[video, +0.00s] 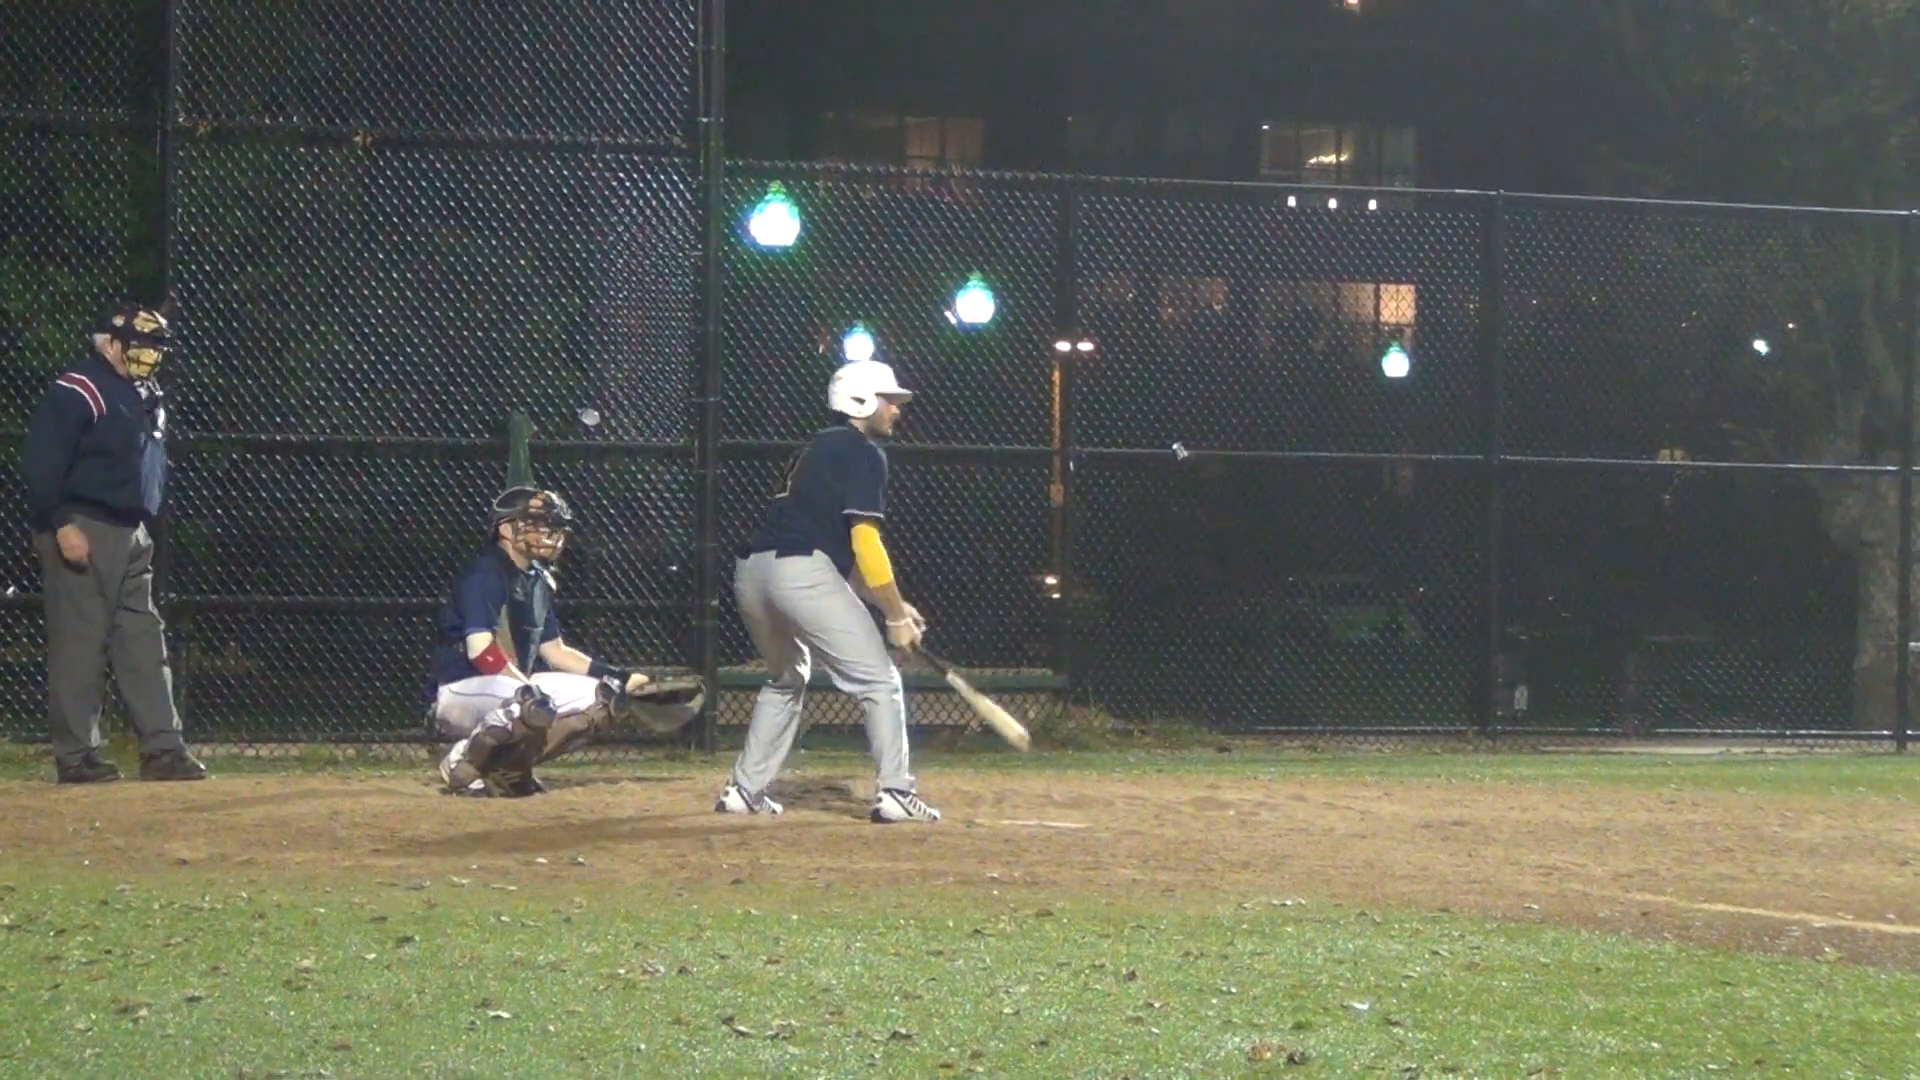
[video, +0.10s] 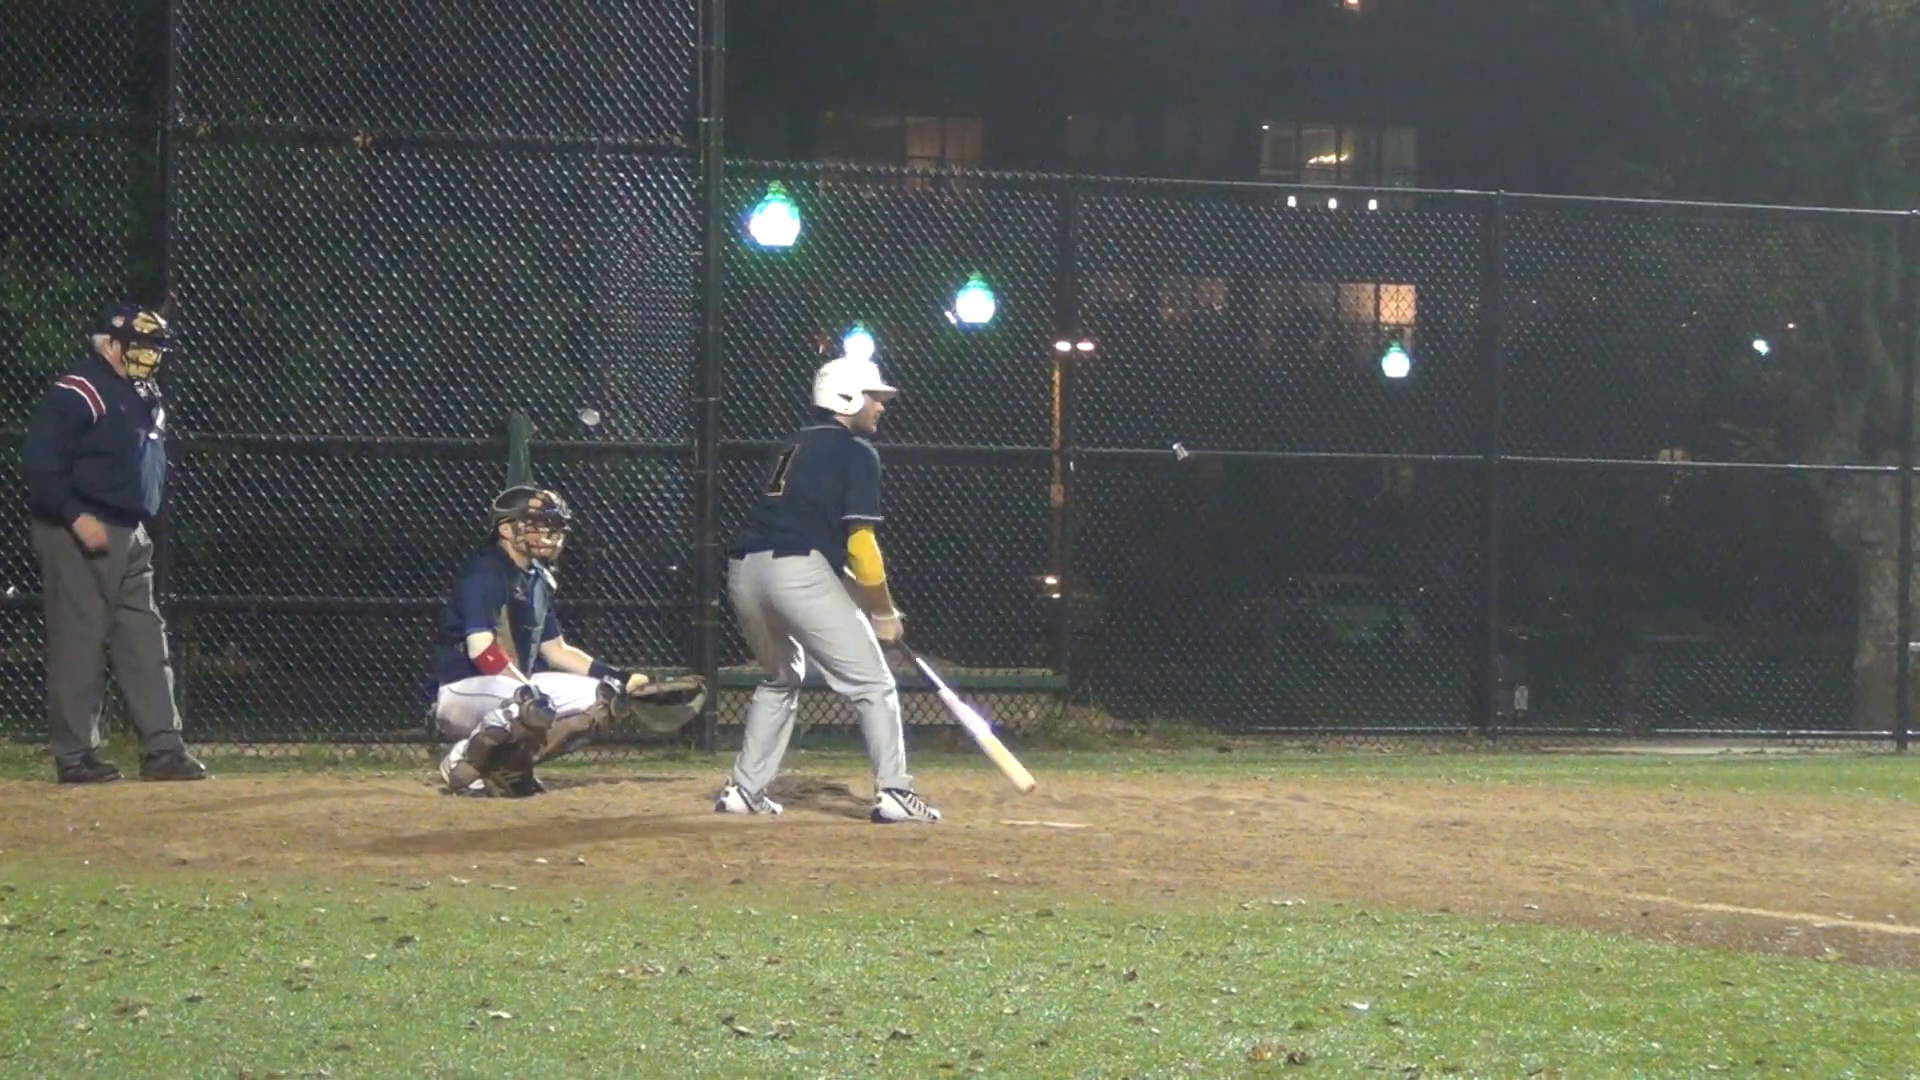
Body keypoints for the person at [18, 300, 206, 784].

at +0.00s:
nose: (149, 355)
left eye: (154, 347)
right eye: (140, 345)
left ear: (155, 349)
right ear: (113, 342)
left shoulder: (144, 394)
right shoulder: (79, 386)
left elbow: (143, 465)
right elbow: (40, 459)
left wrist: (142, 522)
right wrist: (61, 523)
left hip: (132, 534)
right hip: (80, 531)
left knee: (142, 641)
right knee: (79, 642)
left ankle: (163, 751)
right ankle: (75, 757)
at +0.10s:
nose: (146, 356)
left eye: (152, 347)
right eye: (138, 346)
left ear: (154, 349)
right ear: (111, 344)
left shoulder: (142, 394)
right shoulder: (78, 390)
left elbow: (140, 464)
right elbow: (40, 462)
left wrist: (141, 521)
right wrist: (76, 516)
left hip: (130, 535)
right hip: (76, 535)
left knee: (143, 640)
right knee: (78, 642)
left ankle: (164, 751)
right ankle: (75, 756)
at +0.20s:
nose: (150, 359)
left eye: (155, 350)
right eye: (142, 348)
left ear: (155, 351)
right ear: (114, 345)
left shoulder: (144, 395)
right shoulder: (83, 390)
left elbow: (139, 469)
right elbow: (45, 466)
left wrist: (163, 505)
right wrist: (104, 498)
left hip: (127, 533)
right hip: (72, 530)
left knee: (152, 628)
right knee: (78, 637)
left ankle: (166, 749)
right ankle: (76, 756)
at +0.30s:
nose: (155, 361)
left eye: (160, 352)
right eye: (147, 350)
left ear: (162, 354)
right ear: (118, 348)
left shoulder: (151, 400)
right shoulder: (85, 393)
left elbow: (146, 481)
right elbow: (68, 470)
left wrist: (192, 476)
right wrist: (139, 475)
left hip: (126, 536)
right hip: (73, 532)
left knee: (154, 627)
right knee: (77, 638)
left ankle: (171, 746)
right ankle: (76, 755)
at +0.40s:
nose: (163, 364)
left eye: (167, 356)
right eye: (154, 354)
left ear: (168, 358)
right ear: (124, 352)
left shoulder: (156, 403)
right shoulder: (93, 396)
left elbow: (166, 466)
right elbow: (99, 464)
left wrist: (217, 454)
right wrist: (167, 456)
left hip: (124, 535)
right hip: (72, 530)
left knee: (145, 634)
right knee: (77, 637)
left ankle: (175, 745)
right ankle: (76, 755)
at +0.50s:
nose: (175, 368)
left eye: (181, 360)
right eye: (167, 357)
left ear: (184, 362)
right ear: (139, 355)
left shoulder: (171, 410)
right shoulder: (108, 394)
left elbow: (195, 469)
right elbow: (122, 462)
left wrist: (246, 450)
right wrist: (187, 452)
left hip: (128, 537)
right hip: (74, 529)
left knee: (147, 638)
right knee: (78, 639)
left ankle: (176, 748)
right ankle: (79, 756)